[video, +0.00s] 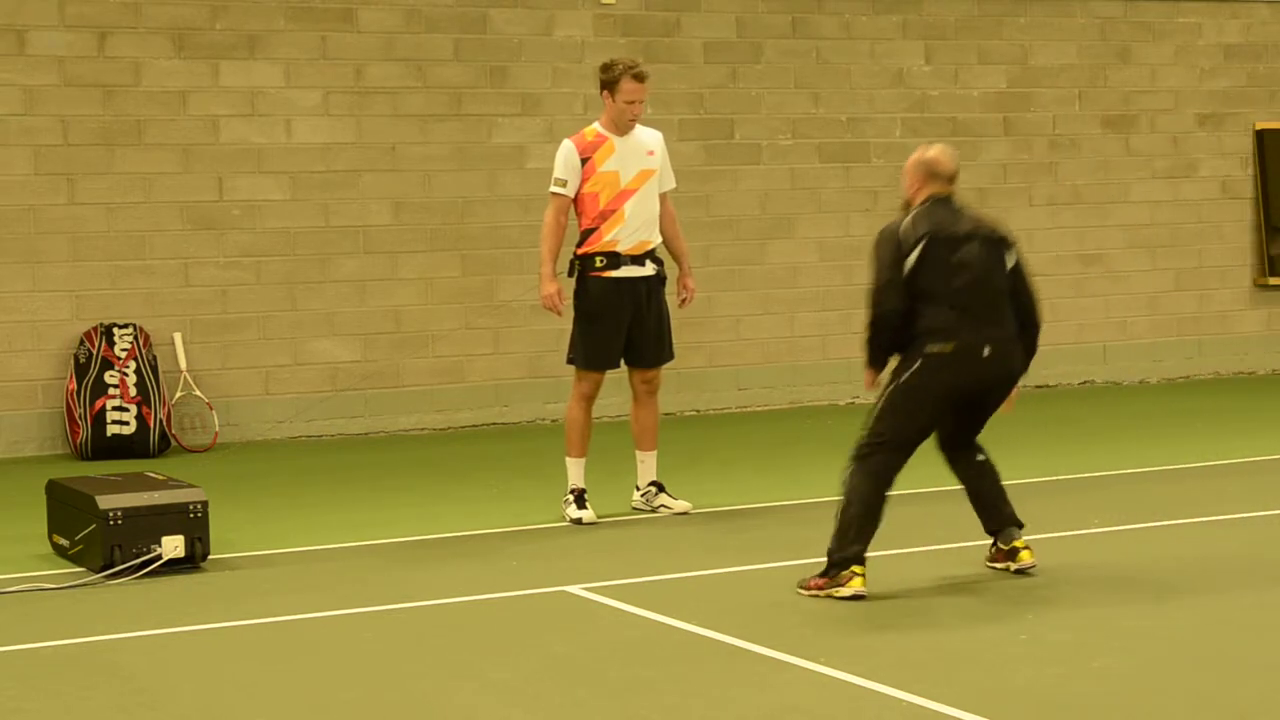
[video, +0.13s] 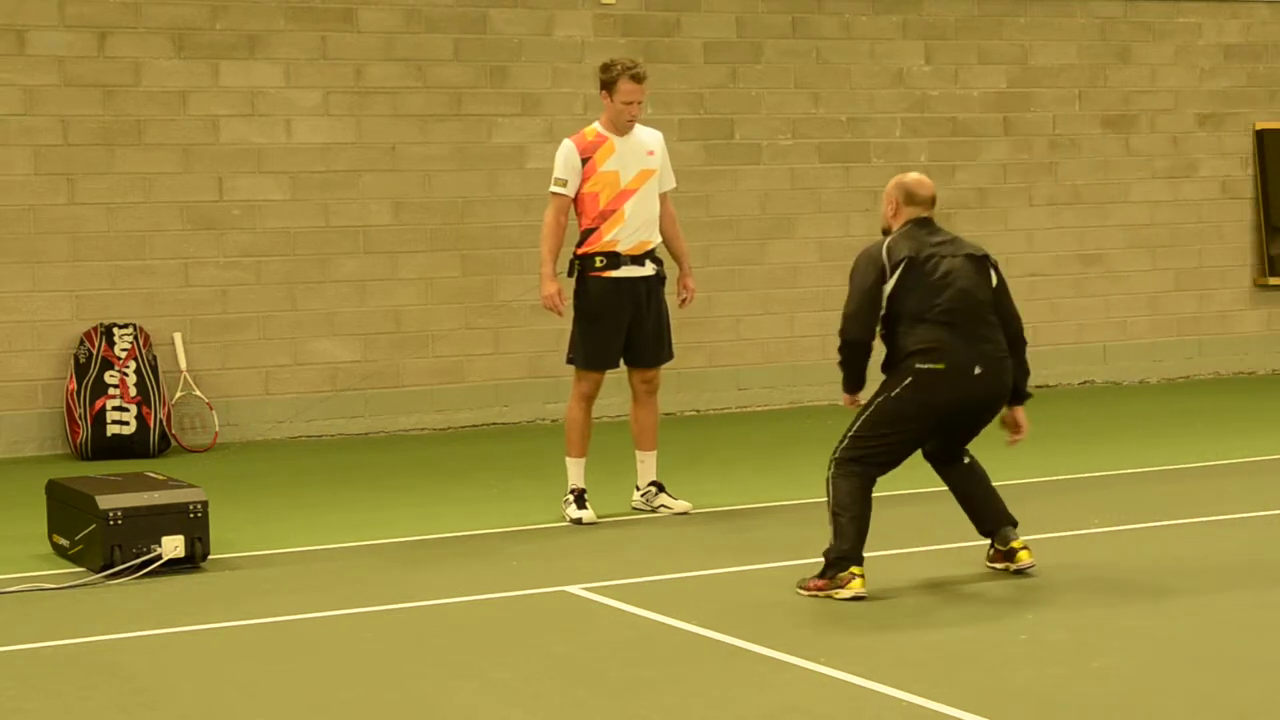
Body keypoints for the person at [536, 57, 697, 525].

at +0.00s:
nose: (638, 110)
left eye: (642, 102)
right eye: (630, 102)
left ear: (644, 100)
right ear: (606, 98)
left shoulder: (653, 142)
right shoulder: (576, 149)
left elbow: (665, 208)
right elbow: (556, 215)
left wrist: (684, 264)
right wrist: (548, 275)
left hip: (648, 280)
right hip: (599, 282)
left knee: (647, 383)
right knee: (586, 388)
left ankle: (647, 487)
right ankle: (576, 492)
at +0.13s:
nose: (637, 110)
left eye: (641, 102)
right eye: (629, 103)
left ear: (643, 100)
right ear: (605, 98)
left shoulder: (652, 141)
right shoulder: (576, 149)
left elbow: (664, 208)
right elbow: (556, 215)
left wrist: (684, 264)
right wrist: (548, 275)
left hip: (648, 280)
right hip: (599, 282)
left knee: (647, 383)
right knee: (586, 388)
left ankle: (647, 487)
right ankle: (576, 492)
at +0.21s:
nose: (636, 110)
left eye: (640, 102)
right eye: (628, 102)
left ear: (643, 100)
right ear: (605, 98)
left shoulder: (652, 142)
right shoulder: (576, 149)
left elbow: (664, 208)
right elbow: (557, 215)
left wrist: (684, 265)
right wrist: (549, 275)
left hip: (647, 280)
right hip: (598, 282)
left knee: (646, 384)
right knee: (586, 389)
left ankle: (647, 487)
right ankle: (575, 493)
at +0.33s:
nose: (633, 112)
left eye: (638, 104)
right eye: (625, 104)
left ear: (642, 101)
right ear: (604, 99)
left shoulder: (653, 142)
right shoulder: (576, 149)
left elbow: (664, 208)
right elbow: (558, 215)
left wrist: (684, 265)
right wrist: (557, 275)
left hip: (647, 280)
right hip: (598, 282)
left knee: (646, 383)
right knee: (585, 388)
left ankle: (647, 487)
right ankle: (575, 492)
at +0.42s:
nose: (631, 112)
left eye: (636, 104)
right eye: (623, 104)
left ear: (641, 101)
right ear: (602, 99)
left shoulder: (653, 142)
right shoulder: (576, 149)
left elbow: (664, 208)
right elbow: (559, 216)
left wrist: (683, 265)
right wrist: (567, 269)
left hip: (647, 280)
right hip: (599, 282)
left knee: (646, 383)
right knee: (586, 387)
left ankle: (647, 487)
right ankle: (576, 492)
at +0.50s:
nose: (630, 113)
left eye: (635, 105)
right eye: (622, 105)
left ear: (640, 102)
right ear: (601, 100)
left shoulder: (652, 142)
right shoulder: (576, 149)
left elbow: (664, 208)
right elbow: (562, 213)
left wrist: (683, 264)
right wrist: (577, 257)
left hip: (646, 279)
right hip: (599, 280)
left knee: (646, 383)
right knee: (586, 388)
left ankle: (647, 487)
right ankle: (575, 492)